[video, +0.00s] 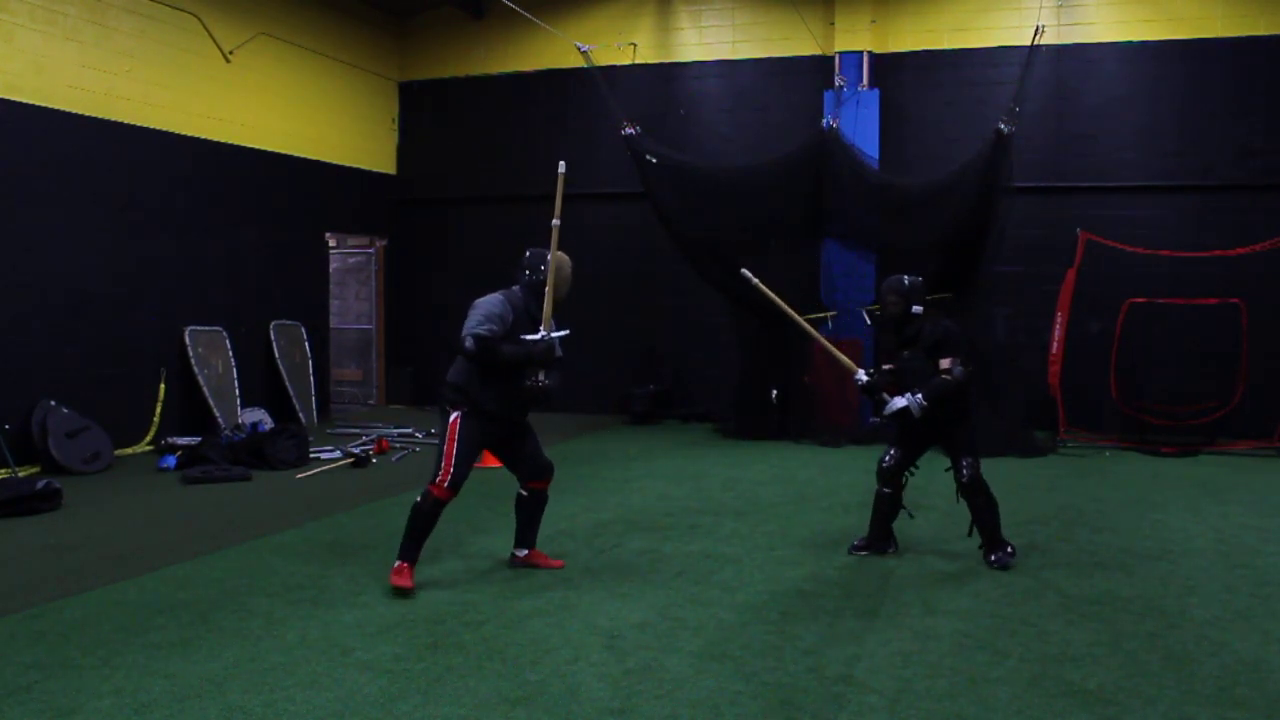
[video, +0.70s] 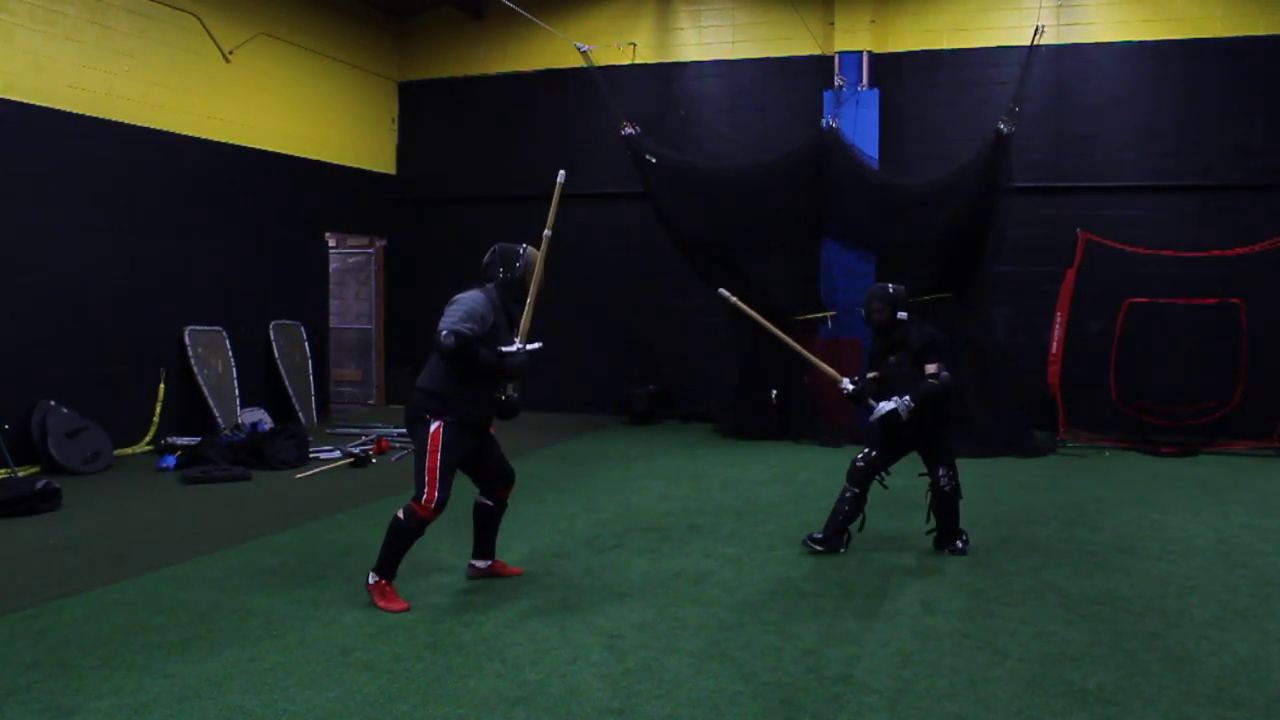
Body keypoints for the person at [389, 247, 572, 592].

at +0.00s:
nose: (557, 295)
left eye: (560, 287)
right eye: (555, 286)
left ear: (538, 281)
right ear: (538, 280)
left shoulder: (541, 320)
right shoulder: (494, 306)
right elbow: (476, 345)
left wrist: (542, 381)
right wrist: (533, 351)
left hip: (506, 412)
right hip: (467, 409)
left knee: (538, 473)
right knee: (445, 485)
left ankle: (524, 551)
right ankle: (404, 563)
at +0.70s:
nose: (531, 284)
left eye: (532, 276)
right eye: (527, 276)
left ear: (508, 274)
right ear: (507, 274)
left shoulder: (505, 315)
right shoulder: (475, 302)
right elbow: (449, 341)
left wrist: (507, 397)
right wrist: (503, 360)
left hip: (467, 417)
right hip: (437, 414)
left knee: (499, 480)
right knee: (430, 500)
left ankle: (482, 561)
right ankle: (379, 579)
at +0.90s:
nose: (518, 283)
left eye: (518, 275)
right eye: (514, 275)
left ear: (491, 272)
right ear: (497, 273)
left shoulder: (492, 314)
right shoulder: (465, 302)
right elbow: (444, 342)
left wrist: (501, 396)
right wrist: (497, 358)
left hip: (456, 420)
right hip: (429, 418)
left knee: (486, 485)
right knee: (418, 507)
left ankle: (458, 566)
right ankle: (365, 592)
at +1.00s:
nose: (515, 291)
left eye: (515, 283)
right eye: (511, 282)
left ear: (487, 279)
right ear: (493, 281)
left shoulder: (488, 321)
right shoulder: (461, 311)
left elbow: (473, 380)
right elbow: (440, 355)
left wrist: (494, 408)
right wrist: (493, 369)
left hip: (455, 428)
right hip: (426, 426)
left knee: (492, 486)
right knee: (415, 515)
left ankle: (460, 565)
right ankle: (362, 597)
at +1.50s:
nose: (572, 268)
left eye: (569, 262)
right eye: (571, 262)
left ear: (530, 256)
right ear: (564, 263)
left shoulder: (508, 283)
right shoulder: (557, 295)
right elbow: (605, 323)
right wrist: (651, 324)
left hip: (472, 400)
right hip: (501, 404)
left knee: (504, 482)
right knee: (549, 483)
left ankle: (485, 564)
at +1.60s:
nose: (594, 267)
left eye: (592, 262)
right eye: (591, 262)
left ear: (555, 254)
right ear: (585, 265)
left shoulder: (531, 271)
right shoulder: (581, 297)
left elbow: (595, 270)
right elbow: (633, 308)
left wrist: (647, 277)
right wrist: (674, 292)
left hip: (487, 398)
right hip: (528, 404)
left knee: (504, 482)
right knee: (582, 480)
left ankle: (485, 564)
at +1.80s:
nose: (626, 271)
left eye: (626, 266)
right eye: (623, 266)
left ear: (587, 263)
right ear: (616, 270)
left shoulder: (566, 285)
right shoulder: (617, 302)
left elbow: (625, 273)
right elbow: (668, 314)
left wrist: (664, 254)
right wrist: (680, 268)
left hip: (546, 412)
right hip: (590, 417)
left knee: (537, 488)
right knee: (642, 482)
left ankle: (501, 559)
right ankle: (652, 564)